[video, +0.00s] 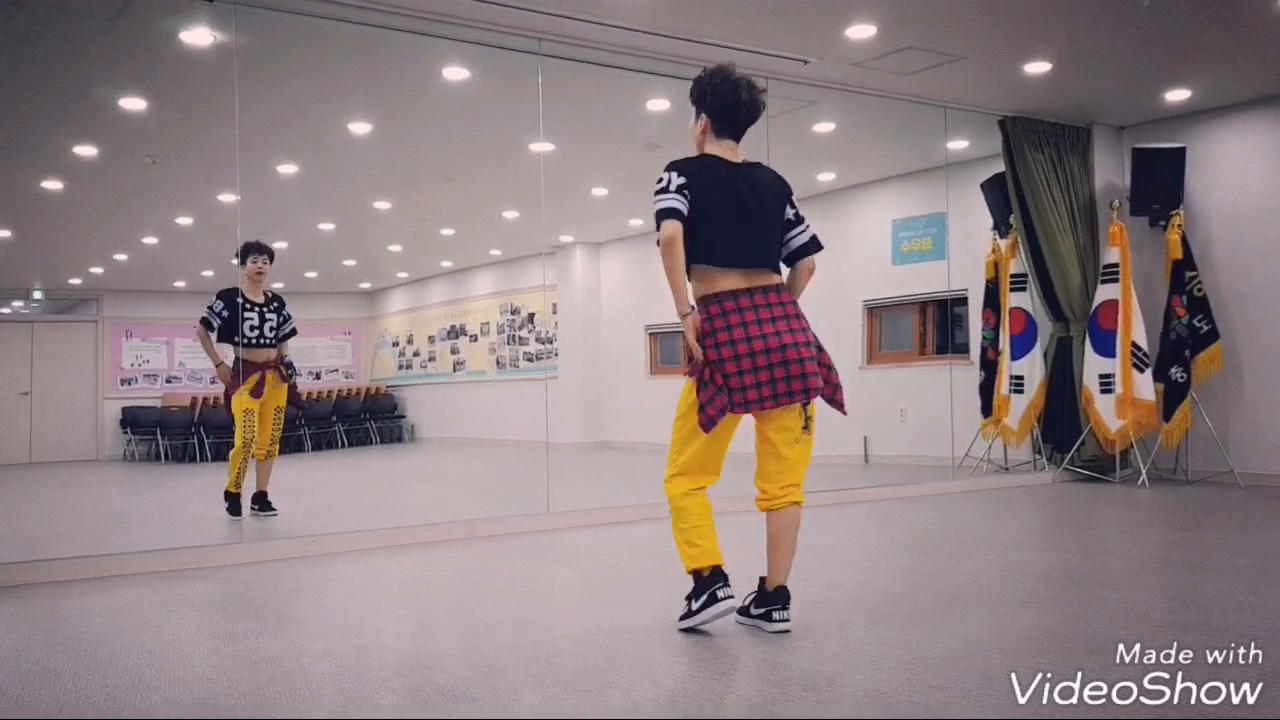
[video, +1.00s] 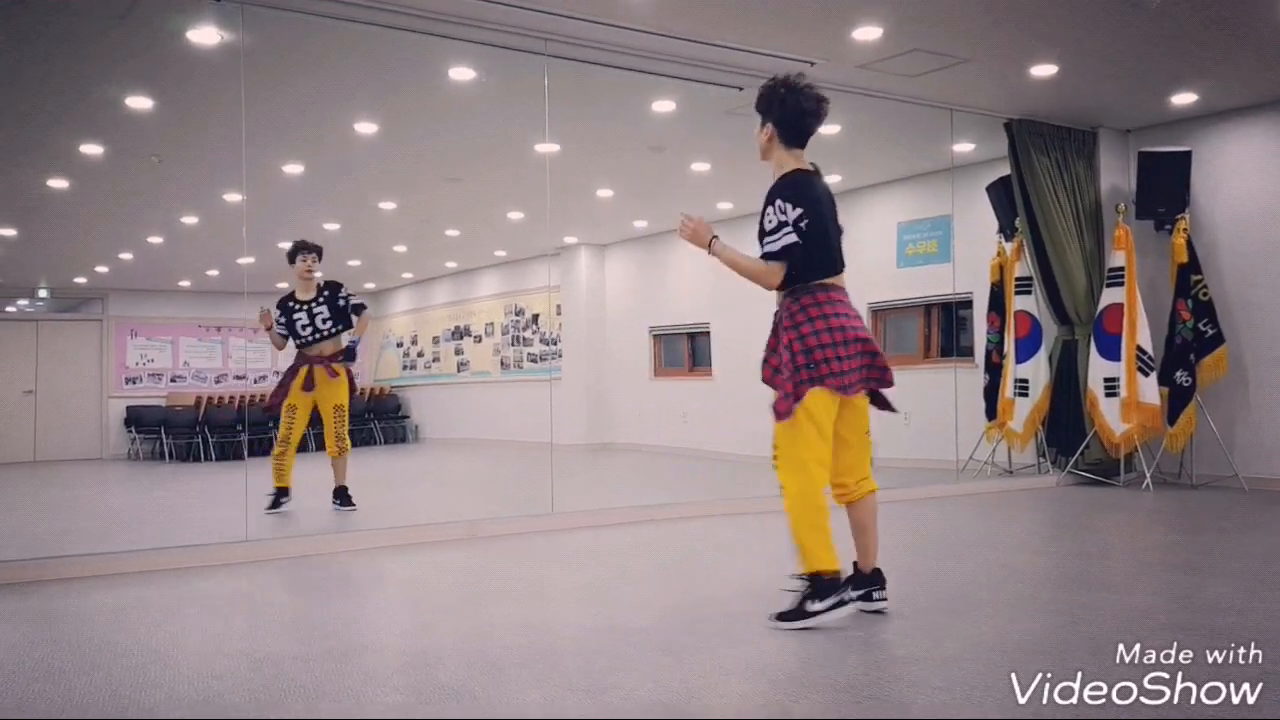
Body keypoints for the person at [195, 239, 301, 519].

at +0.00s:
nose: (260, 266)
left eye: (265, 262)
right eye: (253, 261)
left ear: (270, 268)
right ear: (242, 267)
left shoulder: (276, 301)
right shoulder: (229, 298)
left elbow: (283, 340)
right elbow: (203, 330)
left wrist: (285, 362)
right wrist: (219, 364)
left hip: (276, 373)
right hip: (246, 373)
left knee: (270, 440)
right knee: (246, 441)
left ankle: (261, 495)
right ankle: (233, 493)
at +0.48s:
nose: (263, 278)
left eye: (268, 273)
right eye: (258, 273)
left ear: (273, 275)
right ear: (247, 272)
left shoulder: (278, 305)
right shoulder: (228, 300)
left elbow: (283, 341)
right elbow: (204, 330)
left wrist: (274, 362)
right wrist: (231, 356)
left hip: (265, 381)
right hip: (235, 381)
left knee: (280, 438)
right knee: (231, 445)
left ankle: (281, 496)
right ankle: (226, 502)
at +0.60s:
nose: (265, 271)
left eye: (270, 267)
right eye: (259, 266)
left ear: (275, 273)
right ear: (247, 271)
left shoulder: (284, 307)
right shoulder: (232, 304)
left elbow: (294, 345)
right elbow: (201, 331)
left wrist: (278, 366)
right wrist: (232, 338)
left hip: (272, 383)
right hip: (239, 383)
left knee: (295, 435)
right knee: (233, 447)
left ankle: (319, 490)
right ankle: (227, 502)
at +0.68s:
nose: (268, 272)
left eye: (273, 268)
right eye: (262, 268)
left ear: (278, 275)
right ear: (251, 273)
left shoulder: (289, 307)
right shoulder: (237, 308)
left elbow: (302, 344)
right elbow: (210, 339)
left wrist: (287, 366)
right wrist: (233, 336)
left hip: (280, 385)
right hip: (247, 386)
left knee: (308, 437)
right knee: (237, 448)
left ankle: (330, 490)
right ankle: (228, 501)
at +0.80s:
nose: (282, 272)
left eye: (286, 268)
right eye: (276, 267)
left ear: (293, 274)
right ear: (266, 274)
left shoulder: (307, 304)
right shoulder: (256, 310)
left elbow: (324, 339)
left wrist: (309, 366)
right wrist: (245, 338)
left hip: (300, 381)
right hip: (267, 383)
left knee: (324, 441)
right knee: (245, 442)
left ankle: (338, 489)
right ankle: (231, 498)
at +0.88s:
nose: (291, 269)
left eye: (295, 265)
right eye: (285, 265)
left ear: (301, 270)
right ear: (275, 271)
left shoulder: (314, 298)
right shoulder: (267, 308)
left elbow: (337, 329)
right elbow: (265, 349)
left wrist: (324, 358)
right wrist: (252, 337)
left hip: (312, 375)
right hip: (280, 376)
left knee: (328, 438)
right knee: (254, 438)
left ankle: (338, 490)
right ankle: (237, 496)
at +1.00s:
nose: (309, 265)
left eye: (313, 260)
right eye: (303, 260)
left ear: (319, 265)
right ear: (292, 266)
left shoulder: (333, 291)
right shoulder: (286, 305)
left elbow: (363, 314)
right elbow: (280, 344)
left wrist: (354, 343)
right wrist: (269, 328)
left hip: (335, 368)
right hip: (303, 370)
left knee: (338, 434)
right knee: (286, 434)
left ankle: (341, 489)